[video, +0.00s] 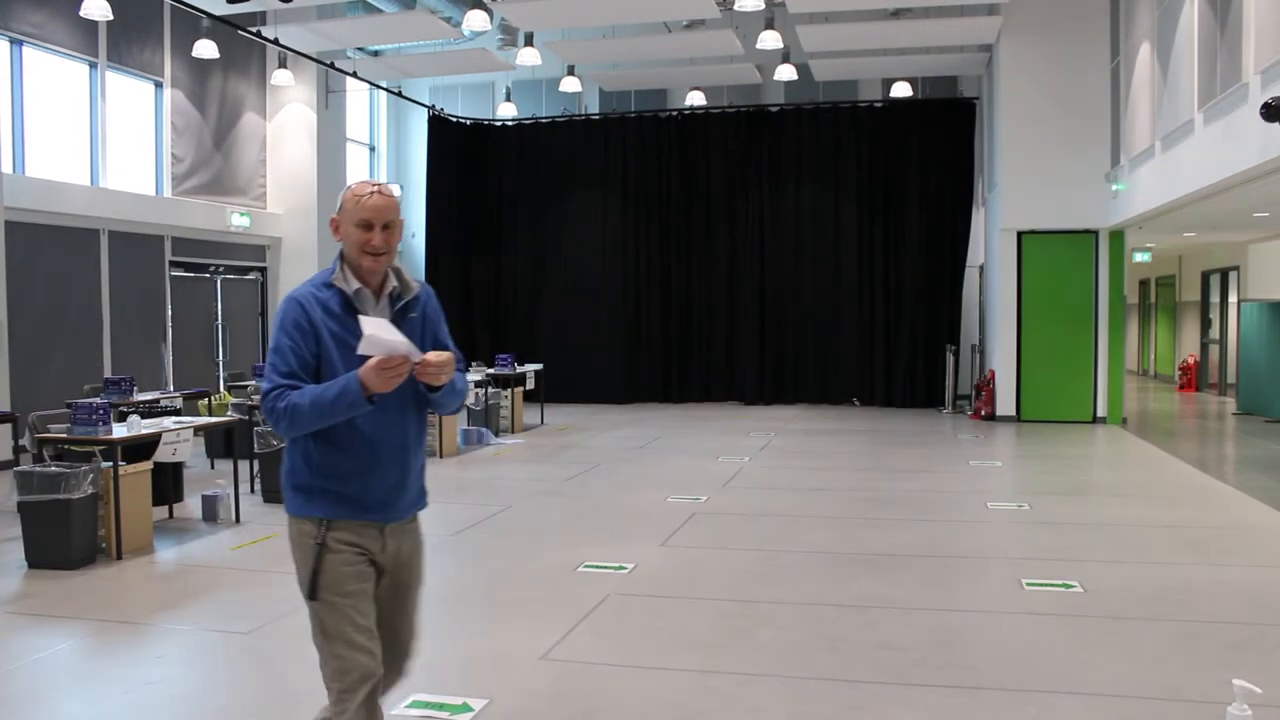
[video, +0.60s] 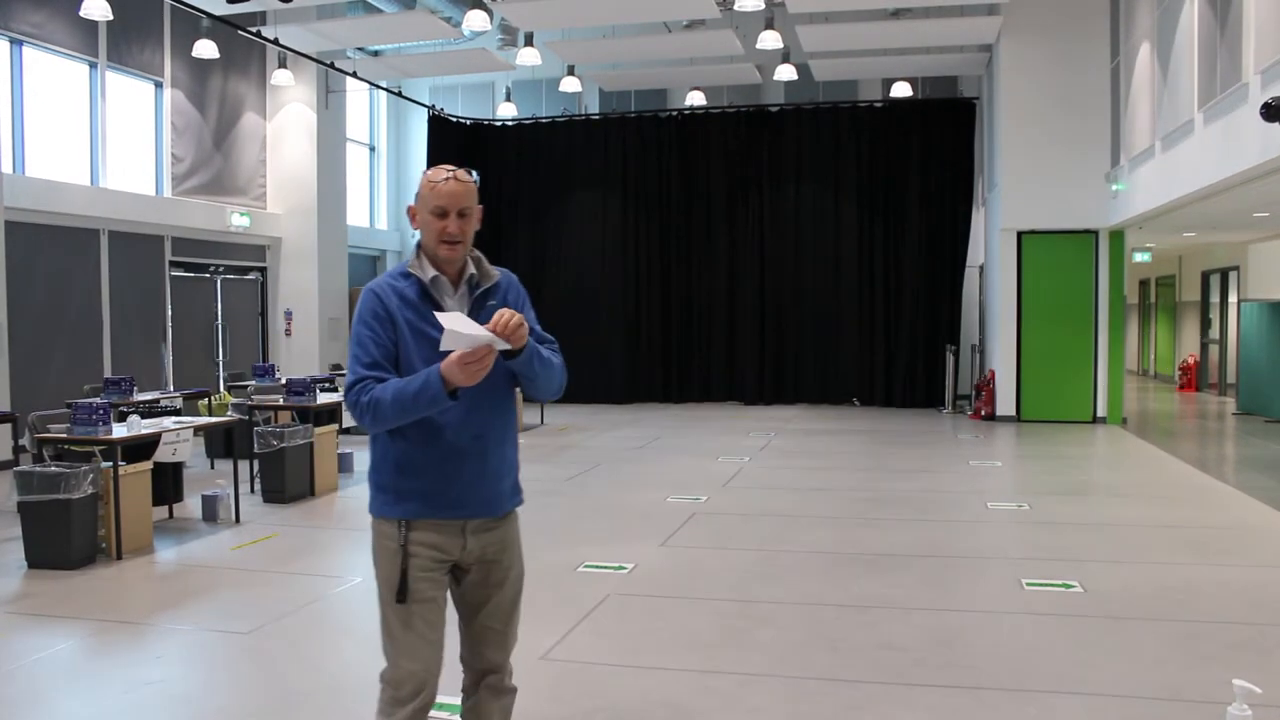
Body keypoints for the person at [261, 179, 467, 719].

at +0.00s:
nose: (379, 240)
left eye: (390, 227)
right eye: (365, 227)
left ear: (401, 231)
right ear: (336, 229)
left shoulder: (419, 301)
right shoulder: (305, 307)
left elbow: (453, 398)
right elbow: (279, 411)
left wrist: (446, 380)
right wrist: (360, 384)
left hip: (400, 518)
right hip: (329, 521)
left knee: (391, 662)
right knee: (356, 679)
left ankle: (336, 714)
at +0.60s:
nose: (453, 226)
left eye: (464, 214)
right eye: (439, 214)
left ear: (478, 219)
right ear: (414, 219)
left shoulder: (504, 289)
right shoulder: (383, 297)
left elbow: (552, 383)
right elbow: (364, 404)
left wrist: (522, 347)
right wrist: (443, 378)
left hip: (493, 516)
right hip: (410, 520)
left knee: (492, 677)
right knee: (411, 684)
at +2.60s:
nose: (442, 228)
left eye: (446, 217)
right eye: (430, 213)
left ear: (448, 220)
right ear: (385, 209)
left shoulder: (437, 295)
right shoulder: (349, 300)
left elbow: (474, 393)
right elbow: (387, 413)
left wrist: (531, 366)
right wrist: (489, 364)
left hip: (436, 527)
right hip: (369, 533)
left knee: (464, 689)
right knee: (383, 701)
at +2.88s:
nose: (424, 229)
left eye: (426, 216)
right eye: (415, 213)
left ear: (372, 210)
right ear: (368, 206)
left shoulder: (378, 289)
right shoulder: (340, 296)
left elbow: (426, 375)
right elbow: (395, 419)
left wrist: (501, 363)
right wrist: (491, 368)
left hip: (390, 527)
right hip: (349, 533)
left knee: (397, 686)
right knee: (369, 700)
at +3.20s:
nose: (392, 232)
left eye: (392, 217)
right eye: (386, 215)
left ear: (344, 211)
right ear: (349, 208)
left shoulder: (306, 283)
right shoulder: (334, 297)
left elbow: (382, 380)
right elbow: (391, 417)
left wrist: (457, 351)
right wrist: (467, 364)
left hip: (301, 525)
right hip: (332, 533)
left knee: (314, 690)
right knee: (367, 700)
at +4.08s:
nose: (333, 216)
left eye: (331, 204)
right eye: (331, 204)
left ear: (264, 210)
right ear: (317, 208)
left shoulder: (226, 286)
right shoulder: (323, 295)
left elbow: (285, 379)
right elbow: (380, 402)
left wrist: (367, 349)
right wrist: (406, 344)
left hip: (235, 524)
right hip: (311, 533)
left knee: (268, 690)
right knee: (341, 693)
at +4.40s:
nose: (329, 212)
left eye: (328, 201)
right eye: (326, 202)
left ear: (257, 211)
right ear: (308, 208)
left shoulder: (218, 287)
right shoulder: (322, 290)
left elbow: (262, 370)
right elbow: (424, 326)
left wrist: (345, 365)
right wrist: (427, 249)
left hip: (230, 523)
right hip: (311, 528)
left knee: (261, 689)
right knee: (341, 689)